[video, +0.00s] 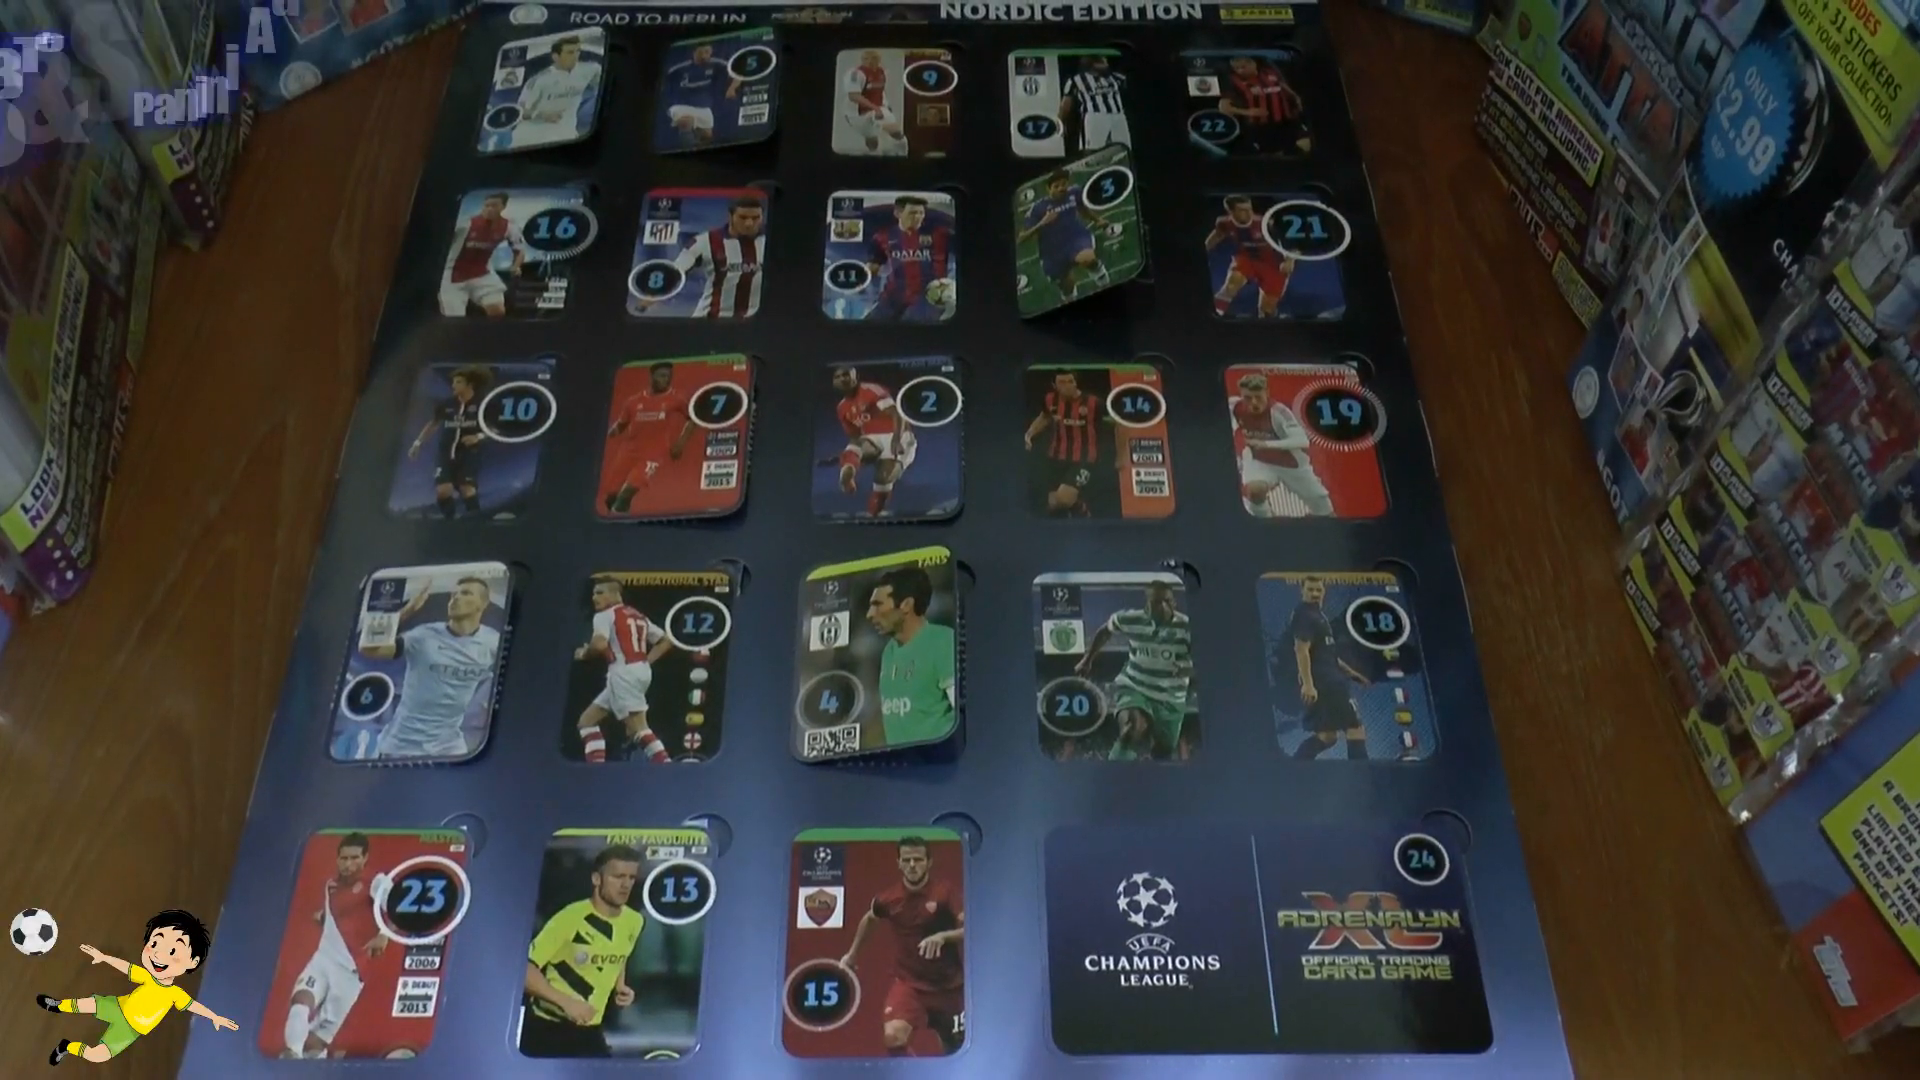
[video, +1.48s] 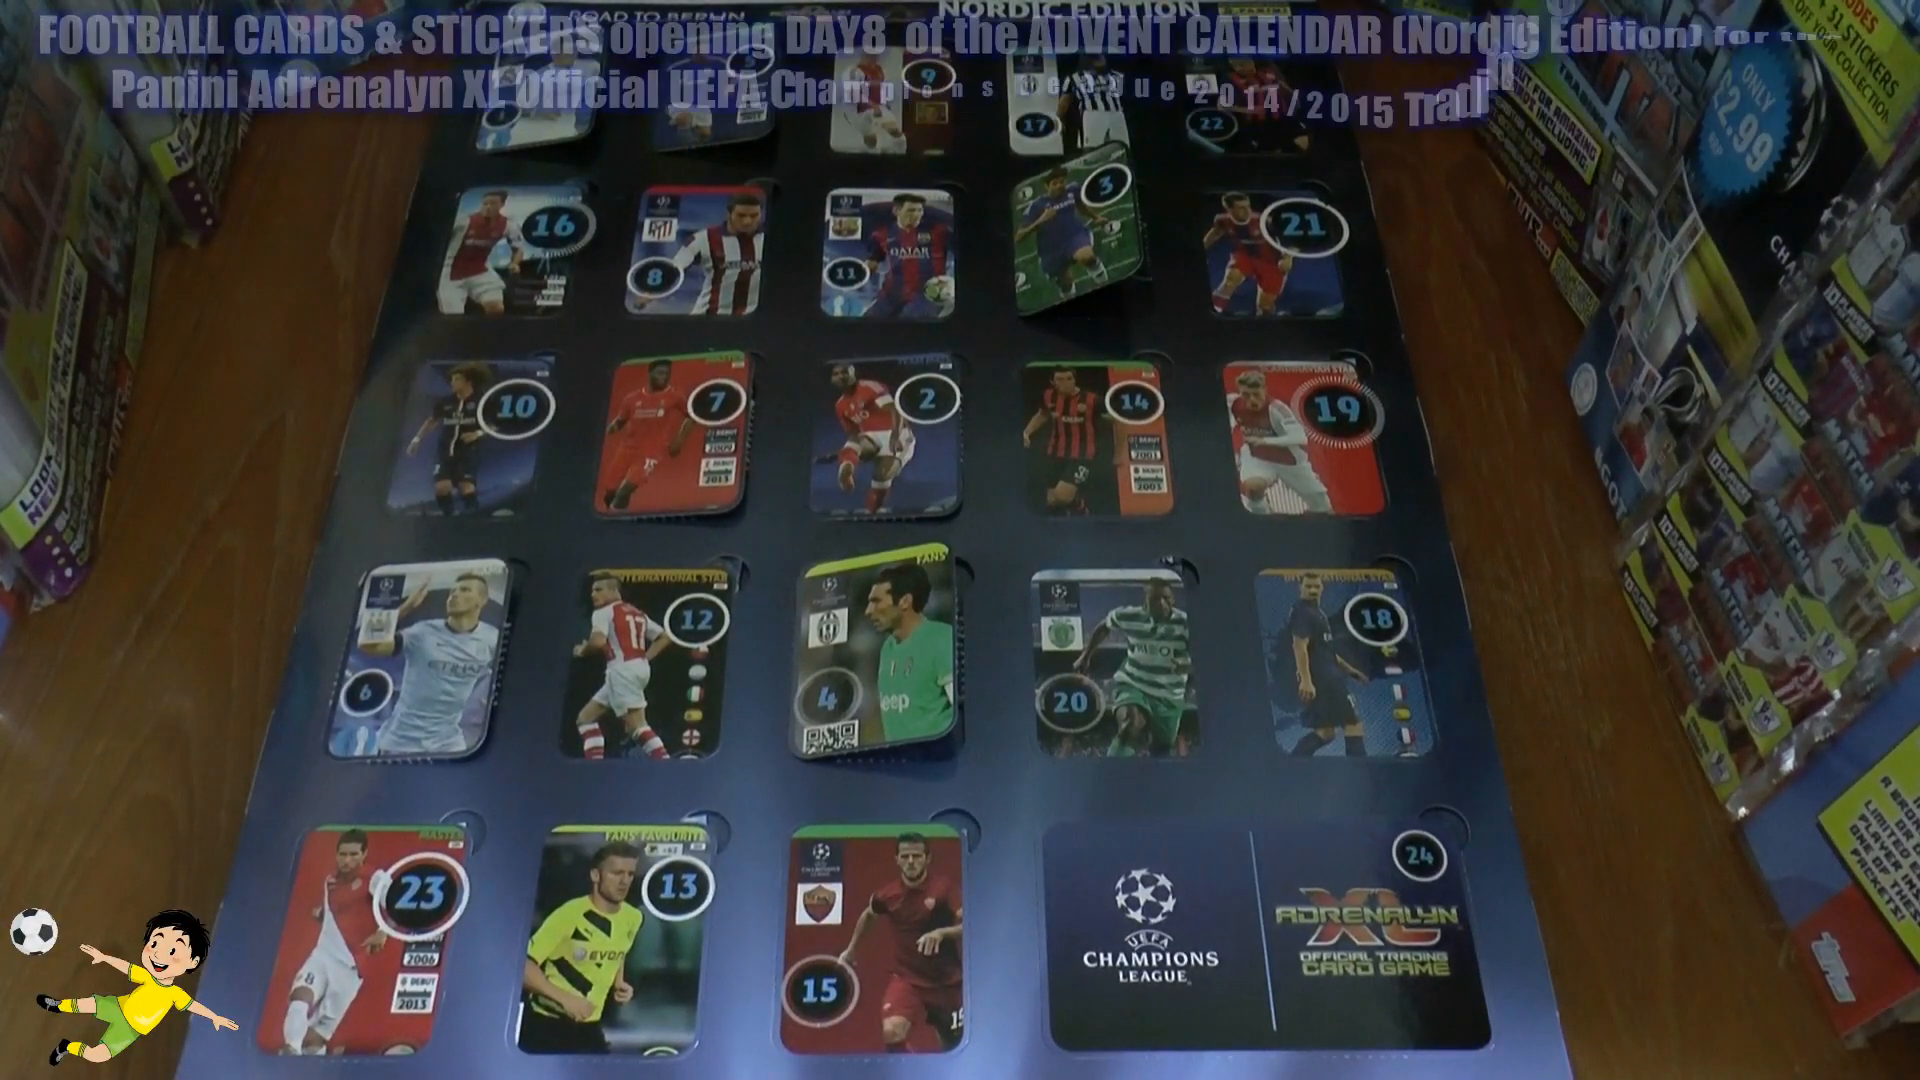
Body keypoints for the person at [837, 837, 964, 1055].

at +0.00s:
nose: (912, 866)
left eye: (918, 860)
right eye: (906, 860)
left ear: (928, 862)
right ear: (899, 864)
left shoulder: (945, 893)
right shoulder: (886, 900)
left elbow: (969, 929)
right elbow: (869, 920)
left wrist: (943, 936)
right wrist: (851, 955)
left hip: (948, 987)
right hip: (908, 984)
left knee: (957, 1052)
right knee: (893, 1037)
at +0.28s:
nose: (910, 863)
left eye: (916, 857)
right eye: (904, 858)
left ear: (926, 859)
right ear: (896, 861)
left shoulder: (943, 890)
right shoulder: (884, 898)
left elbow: (967, 926)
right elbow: (867, 917)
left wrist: (941, 933)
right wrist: (849, 951)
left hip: (946, 985)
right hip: (906, 982)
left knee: (954, 1051)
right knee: (891, 1033)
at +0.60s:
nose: (911, 860)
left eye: (916, 854)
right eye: (905, 855)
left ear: (927, 857)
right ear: (897, 859)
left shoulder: (944, 887)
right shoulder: (885, 895)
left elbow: (967, 924)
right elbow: (867, 914)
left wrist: (941, 931)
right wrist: (850, 948)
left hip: (946, 982)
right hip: (906, 979)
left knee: (955, 1048)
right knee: (891, 1030)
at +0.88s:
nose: (911, 861)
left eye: (917, 855)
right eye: (905, 855)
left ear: (927, 857)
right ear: (897, 859)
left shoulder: (944, 887)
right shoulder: (885, 895)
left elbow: (968, 924)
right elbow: (868, 915)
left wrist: (942, 931)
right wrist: (850, 948)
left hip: (947, 982)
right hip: (907, 979)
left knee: (954, 1049)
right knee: (892, 1030)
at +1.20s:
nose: (911, 862)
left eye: (916, 856)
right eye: (905, 856)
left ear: (927, 858)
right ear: (897, 860)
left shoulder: (944, 888)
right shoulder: (885, 896)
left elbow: (969, 925)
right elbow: (868, 916)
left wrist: (942, 932)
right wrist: (850, 949)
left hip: (947, 983)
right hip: (906, 980)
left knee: (955, 1050)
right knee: (892, 1031)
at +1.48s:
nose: (911, 862)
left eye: (916, 856)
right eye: (905, 857)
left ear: (927, 858)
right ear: (897, 860)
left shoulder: (944, 888)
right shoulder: (886, 896)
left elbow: (968, 925)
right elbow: (868, 916)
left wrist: (941, 933)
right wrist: (850, 950)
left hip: (946, 983)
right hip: (906, 980)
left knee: (956, 1049)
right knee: (892, 1031)